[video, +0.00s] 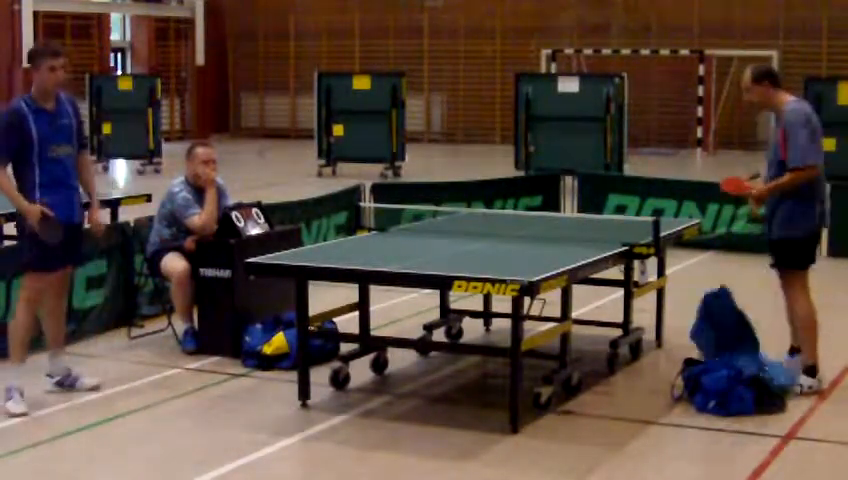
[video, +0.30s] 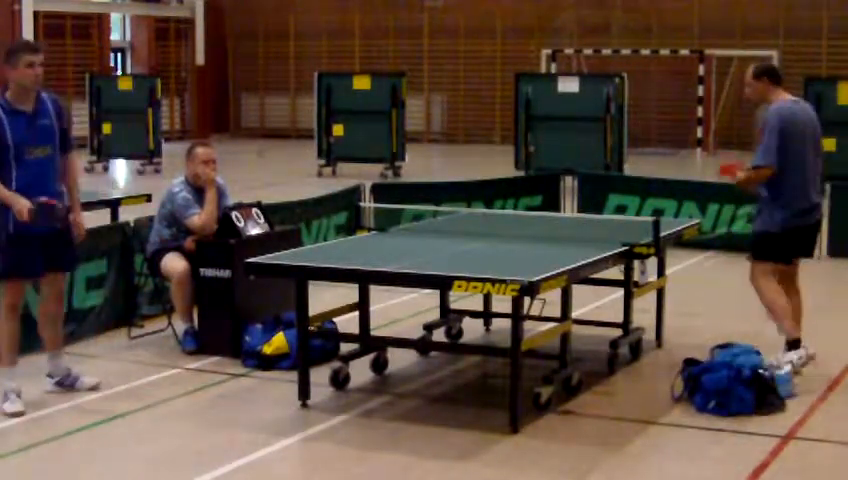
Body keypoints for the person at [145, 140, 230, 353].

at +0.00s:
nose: (211, 168)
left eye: (213, 163)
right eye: (205, 163)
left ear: (217, 165)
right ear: (190, 166)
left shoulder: (217, 187)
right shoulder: (178, 192)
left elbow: (225, 223)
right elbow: (205, 227)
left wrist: (197, 237)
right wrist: (211, 189)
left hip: (199, 241)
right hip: (166, 245)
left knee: (227, 263)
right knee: (181, 269)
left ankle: (222, 321)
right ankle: (188, 327)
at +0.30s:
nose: (211, 168)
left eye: (213, 163)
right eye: (205, 163)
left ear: (217, 164)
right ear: (190, 166)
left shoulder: (217, 187)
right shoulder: (178, 192)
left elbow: (225, 223)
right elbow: (205, 227)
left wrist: (197, 238)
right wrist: (211, 189)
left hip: (199, 241)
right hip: (165, 245)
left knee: (227, 262)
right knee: (181, 269)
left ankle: (222, 322)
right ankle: (188, 328)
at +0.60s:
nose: (212, 168)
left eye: (214, 163)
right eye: (206, 163)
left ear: (217, 165)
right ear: (190, 166)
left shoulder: (217, 187)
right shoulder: (179, 192)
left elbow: (227, 222)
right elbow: (205, 227)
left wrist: (197, 237)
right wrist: (211, 189)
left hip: (198, 241)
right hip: (165, 245)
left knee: (227, 262)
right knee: (181, 269)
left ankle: (222, 322)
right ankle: (188, 327)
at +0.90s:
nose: (212, 168)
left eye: (214, 163)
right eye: (206, 163)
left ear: (216, 164)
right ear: (190, 166)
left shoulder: (217, 187)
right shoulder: (178, 192)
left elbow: (226, 223)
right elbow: (205, 227)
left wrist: (196, 238)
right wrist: (211, 189)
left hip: (199, 241)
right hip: (166, 244)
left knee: (227, 262)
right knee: (181, 269)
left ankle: (222, 322)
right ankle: (188, 327)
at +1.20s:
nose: (212, 168)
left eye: (214, 163)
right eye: (206, 163)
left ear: (217, 165)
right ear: (190, 166)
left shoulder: (217, 187)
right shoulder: (178, 191)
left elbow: (227, 221)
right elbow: (205, 226)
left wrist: (198, 236)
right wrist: (211, 188)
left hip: (199, 240)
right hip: (167, 244)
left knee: (228, 262)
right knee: (181, 269)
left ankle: (224, 321)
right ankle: (188, 327)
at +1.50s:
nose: (207, 166)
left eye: (210, 161)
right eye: (202, 161)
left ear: (214, 165)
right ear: (187, 164)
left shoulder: (214, 188)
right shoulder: (171, 191)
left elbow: (224, 224)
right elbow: (195, 225)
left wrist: (199, 236)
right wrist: (205, 189)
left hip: (198, 241)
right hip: (165, 243)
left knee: (227, 260)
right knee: (183, 267)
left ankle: (222, 321)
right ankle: (188, 326)